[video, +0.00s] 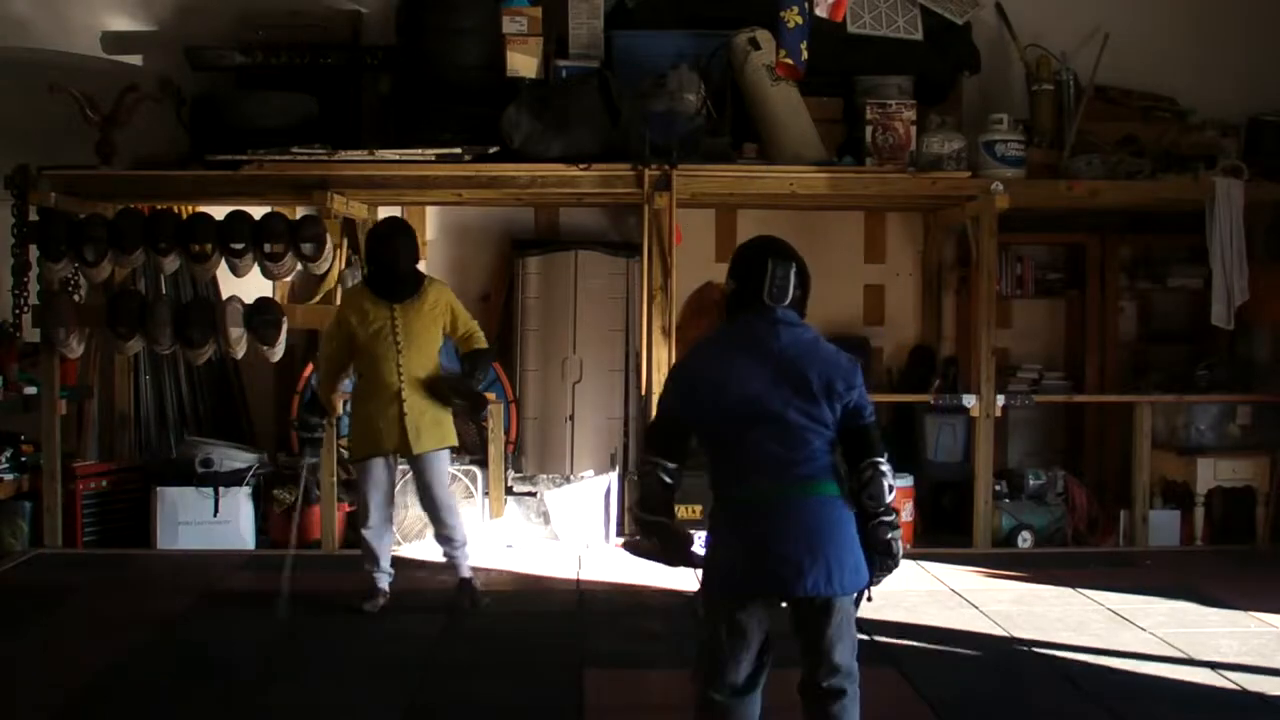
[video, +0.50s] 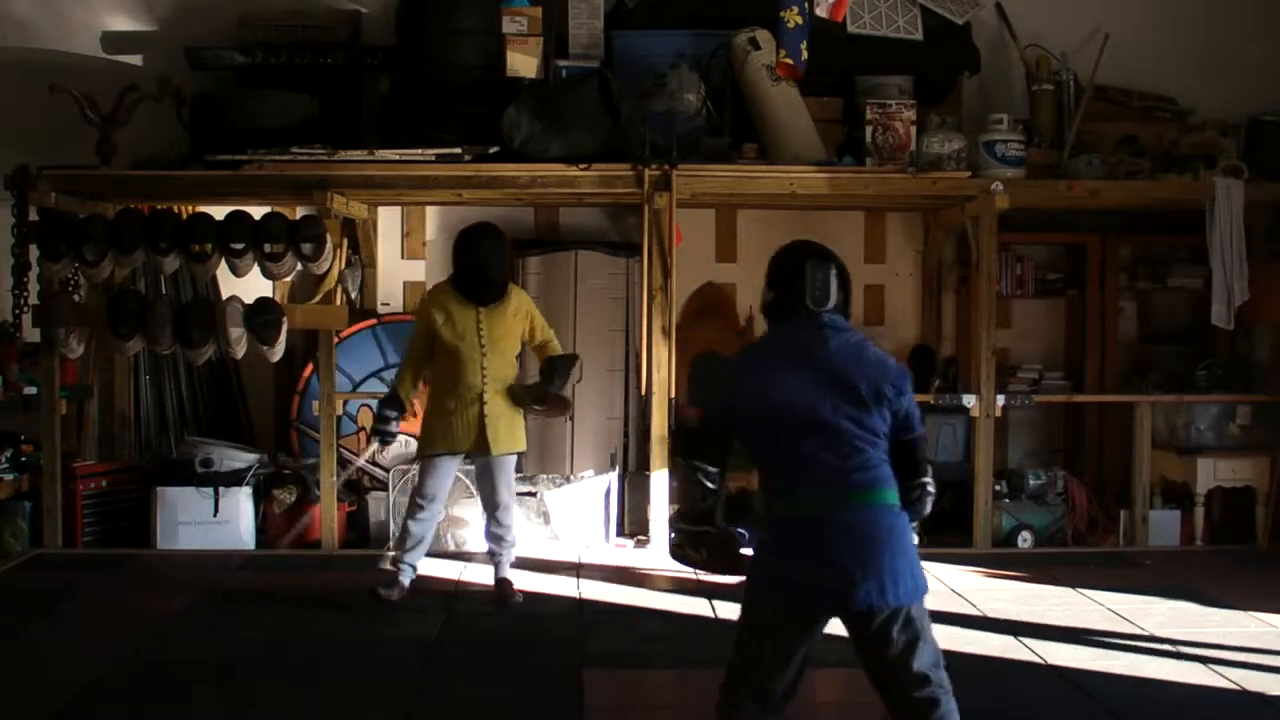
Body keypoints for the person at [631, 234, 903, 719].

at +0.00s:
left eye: (741, 284)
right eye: (792, 286)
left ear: (734, 289)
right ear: (799, 293)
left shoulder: (699, 364)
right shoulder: (834, 364)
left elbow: (660, 457)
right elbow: (869, 462)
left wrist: (658, 526)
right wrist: (882, 532)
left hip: (741, 545)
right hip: (826, 544)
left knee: (731, 689)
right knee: (835, 686)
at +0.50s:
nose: (765, 298)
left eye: (770, 289)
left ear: (772, 296)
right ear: (841, 296)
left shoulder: (749, 368)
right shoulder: (883, 370)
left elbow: (708, 458)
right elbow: (916, 482)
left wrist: (701, 523)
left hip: (791, 550)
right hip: (878, 546)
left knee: (752, 696)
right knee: (926, 694)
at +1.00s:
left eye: (926, 281)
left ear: (928, 287)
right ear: (993, 290)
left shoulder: (897, 359)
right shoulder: (1035, 367)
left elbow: (850, 451)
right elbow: (1058, 479)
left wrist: (812, 503)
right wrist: (1049, 542)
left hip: (914, 551)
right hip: (1001, 552)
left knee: (918, 690)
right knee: (995, 693)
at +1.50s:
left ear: (961, 288)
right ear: (1025, 286)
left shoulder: (933, 359)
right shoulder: (1066, 356)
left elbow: (901, 460)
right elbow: (1105, 457)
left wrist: (902, 528)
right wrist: (1123, 519)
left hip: (963, 539)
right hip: (1041, 538)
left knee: (974, 675)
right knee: (1053, 663)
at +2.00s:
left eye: (1044, 288)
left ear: (1044, 292)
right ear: (1104, 291)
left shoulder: (1018, 358)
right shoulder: (1145, 359)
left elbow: (980, 453)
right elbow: (1175, 464)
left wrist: (989, 516)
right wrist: (1190, 523)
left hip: (1041, 530)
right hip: (1124, 535)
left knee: (1022, 670)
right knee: (1145, 678)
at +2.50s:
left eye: (1127, 284)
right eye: (1175, 284)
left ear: (1123, 288)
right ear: (1179, 289)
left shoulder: (1093, 352)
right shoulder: (1211, 357)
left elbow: (1050, 440)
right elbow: (1244, 449)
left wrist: (1062, 489)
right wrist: (1258, 470)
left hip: (1106, 520)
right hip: (1182, 523)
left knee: (1112, 655)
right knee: (1175, 660)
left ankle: (1122, 717)